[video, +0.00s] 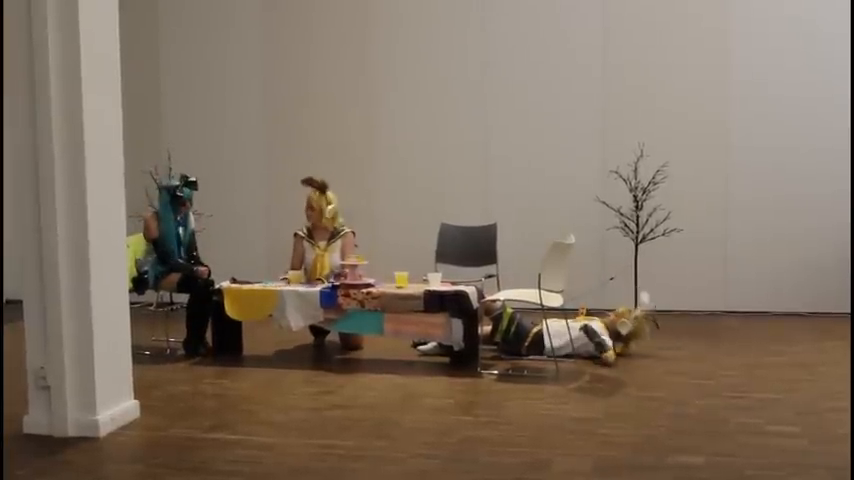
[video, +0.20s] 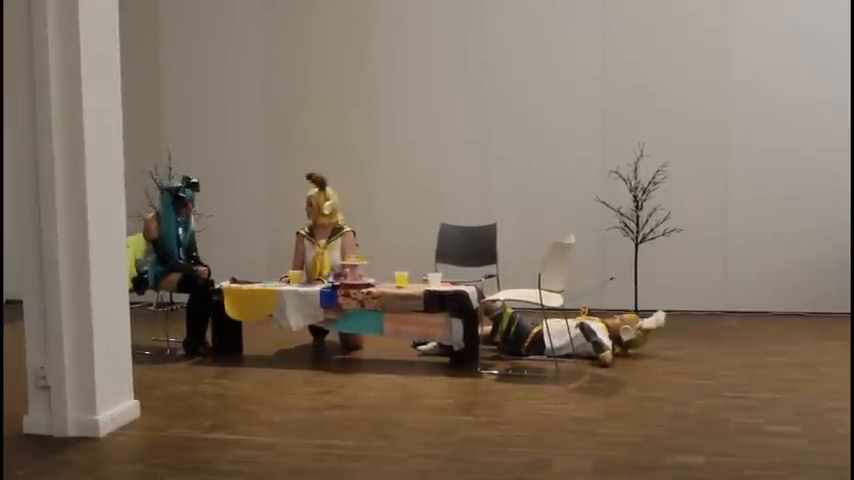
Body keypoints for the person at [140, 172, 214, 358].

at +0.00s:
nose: (186, 206)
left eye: (188, 202)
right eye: (183, 202)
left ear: (190, 202)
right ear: (172, 199)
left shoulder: (186, 218)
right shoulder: (154, 220)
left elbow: (192, 252)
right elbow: (165, 259)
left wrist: (200, 267)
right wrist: (193, 271)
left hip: (182, 268)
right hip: (161, 272)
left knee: (207, 285)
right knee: (199, 285)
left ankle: (199, 340)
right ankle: (192, 342)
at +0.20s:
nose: (188, 209)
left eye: (189, 205)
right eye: (185, 205)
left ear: (190, 205)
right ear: (174, 203)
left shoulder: (186, 221)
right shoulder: (154, 221)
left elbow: (192, 253)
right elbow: (165, 260)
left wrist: (200, 267)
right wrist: (193, 271)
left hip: (182, 269)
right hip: (161, 272)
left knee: (207, 284)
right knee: (199, 285)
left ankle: (199, 339)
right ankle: (192, 341)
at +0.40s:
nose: (189, 208)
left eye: (190, 204)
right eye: (186, 204)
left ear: (190, 205)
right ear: (175, 203)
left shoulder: (185, 222)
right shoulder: (154, 222)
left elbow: (191, 254)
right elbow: (164, 260)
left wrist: (199, 268)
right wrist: (192, 271)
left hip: (179, 270)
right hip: (158, 273)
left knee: (206, 285)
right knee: (198, 286)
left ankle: (199, 340)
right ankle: (192, 343)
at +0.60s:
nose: (191, 208)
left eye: (192, 203)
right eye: (188, 203)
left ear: (192, 204)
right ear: (176, 202)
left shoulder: (186, 223)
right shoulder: (155, 222)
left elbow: (191, 255)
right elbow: (164, 261)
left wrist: (200, 268)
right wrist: (191, 272)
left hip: (178, 270)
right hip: (157, 273)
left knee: (206, 285)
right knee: (197, 286)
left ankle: (198, 340)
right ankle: (191, 343)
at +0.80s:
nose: (194, 207)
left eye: (195, 203)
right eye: (191, 202)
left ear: (195, 204)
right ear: (178, 201)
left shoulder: (188, 222)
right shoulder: (157, 221)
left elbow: (193, 255)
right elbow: (165, 260)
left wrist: (200, 268)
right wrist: (191, 272)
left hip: (179, 269)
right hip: (157, 272)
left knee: (206, 285)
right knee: (198, 285)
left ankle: (199, 341)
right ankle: (191, 343)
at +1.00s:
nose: (195, 210)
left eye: (197, 206)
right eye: (193, 206)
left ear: (194, 205)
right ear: (180, 202)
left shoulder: (189, 222)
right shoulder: (158, 219)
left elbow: (194, 256)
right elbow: (164, 259)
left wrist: (202, 269)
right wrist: (192, 273)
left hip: (179, 270)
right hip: (158, 272)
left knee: (207, 287)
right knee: (198, 288)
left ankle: (198, 342)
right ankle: (191, 344)